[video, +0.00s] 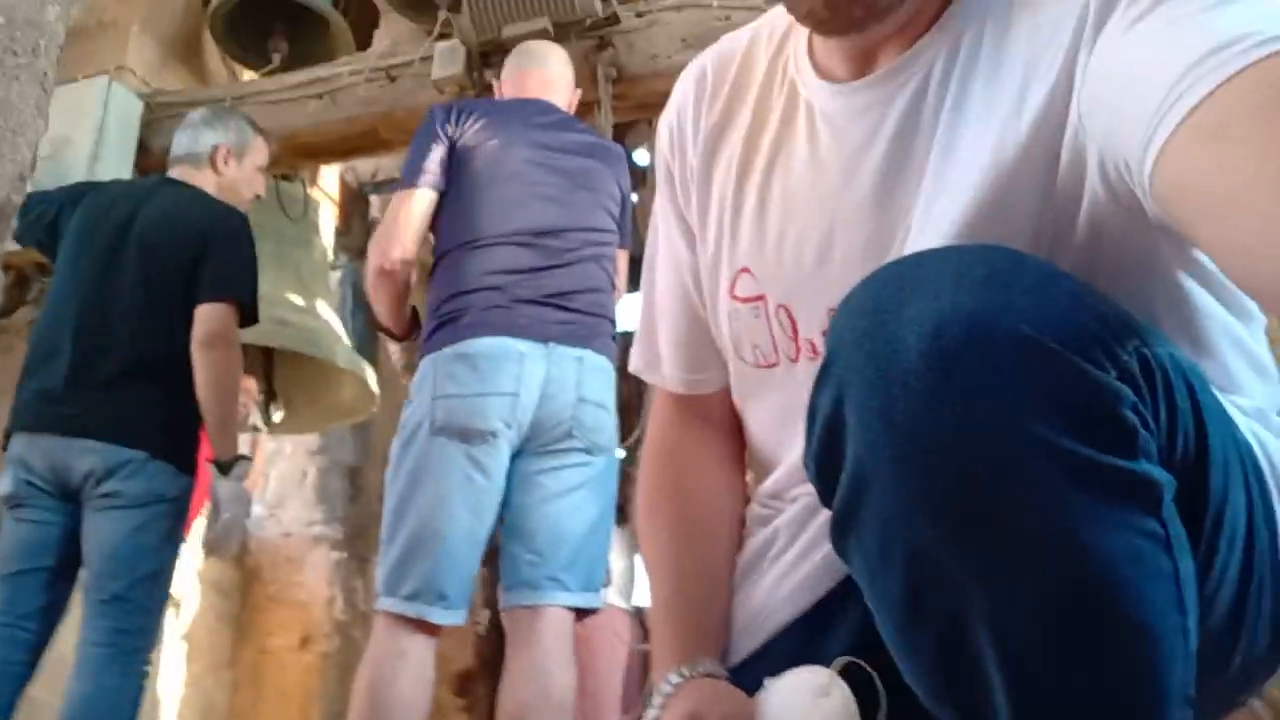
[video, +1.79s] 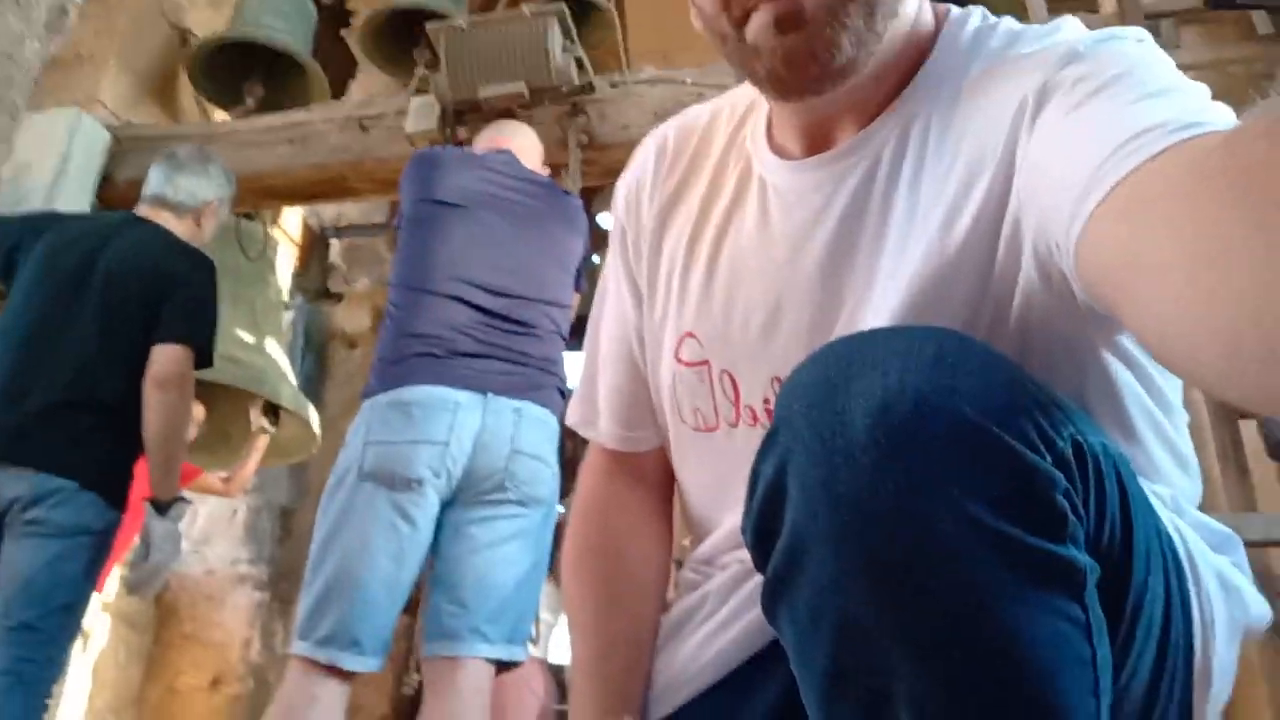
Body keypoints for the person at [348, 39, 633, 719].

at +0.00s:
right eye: (576, 96)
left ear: (497, 87)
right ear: (576, 100)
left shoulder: (456, 119)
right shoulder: (611, 155)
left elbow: (391, 257)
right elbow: (615, 280)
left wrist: (400, 330)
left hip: (475, 356)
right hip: (587, 369)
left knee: (411, 616)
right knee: (545, 611)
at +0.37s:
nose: (489, 115)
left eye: (490, 108)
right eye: (564, 123)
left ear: (488, 112)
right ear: (566, 128)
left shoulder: (439, 153)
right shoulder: (594, 195)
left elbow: (371, 254)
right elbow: (594, 317)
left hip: (450, 394)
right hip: (562, 410)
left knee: (383, 658)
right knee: (519, 647)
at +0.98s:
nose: (448, 93)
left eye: (448, 83)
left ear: (447, 84)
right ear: (525, 109)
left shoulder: (402, 127)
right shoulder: (547, 171)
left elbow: (380, 241)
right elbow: (548, 294)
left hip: (382, 360)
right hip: (494, 381)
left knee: (284, 611)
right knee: (426, 612)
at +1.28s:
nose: (381, 24)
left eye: (381, 16)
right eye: (463, 30)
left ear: (384, 19)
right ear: (464, 42)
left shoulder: (338, 60)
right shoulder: (494, 112)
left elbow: (350, 159)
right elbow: (507, 222)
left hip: (327, 310)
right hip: (446, 331)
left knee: (239, 567)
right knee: (384, 569)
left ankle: (183, 716)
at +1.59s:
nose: (446, 83)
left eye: (449, 76)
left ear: (454, 76)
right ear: (531, 98)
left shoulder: (409, 115)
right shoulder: (557, 156)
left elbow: (407, 200)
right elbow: (557, 254)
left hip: (409, 355)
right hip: (522, 373)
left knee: (327, 615)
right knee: (465, 616)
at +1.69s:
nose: (461, 128)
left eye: (463, 123)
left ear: (470, 124)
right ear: (543, 148)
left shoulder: (424, 154)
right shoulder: (570, 198)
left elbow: (408, 231)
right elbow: (566, 292)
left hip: (420, 392)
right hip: (532, 414)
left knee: (336, 651)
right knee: (475, 650)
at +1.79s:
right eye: (542, 160)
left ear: (470, 148)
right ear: (545, 170)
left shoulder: (430, 167)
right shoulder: (572, 215)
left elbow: (413, 233)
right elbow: (562, 304)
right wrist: (541, 182)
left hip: (417, 402)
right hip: (530, 424)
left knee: (326, 659)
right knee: (466, 656)